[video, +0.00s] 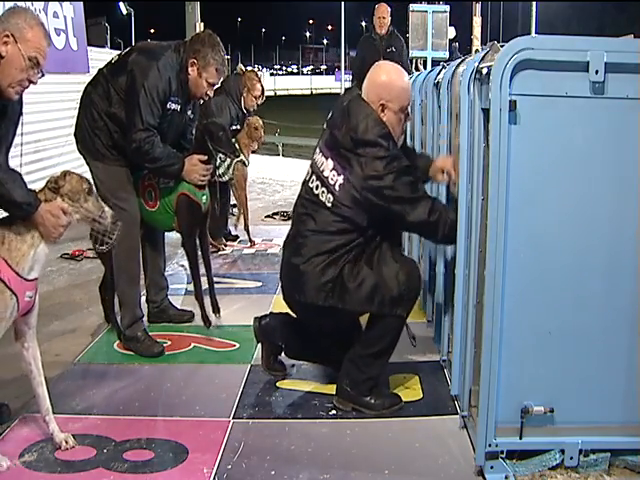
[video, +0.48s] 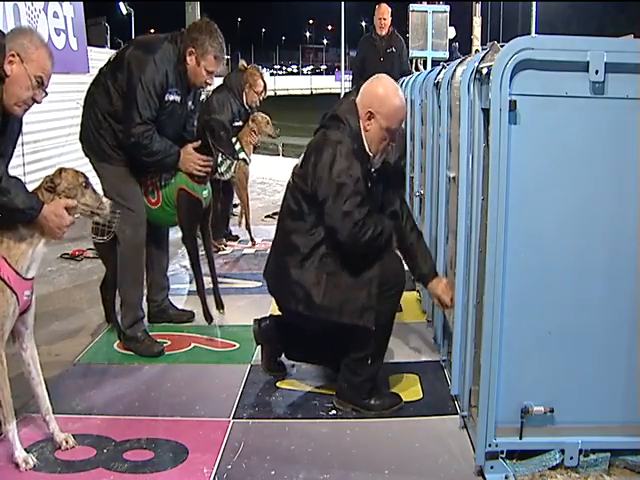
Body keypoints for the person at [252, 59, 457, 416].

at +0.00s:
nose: (407, 119)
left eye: (407, 111)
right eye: (403, 112)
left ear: (374, 105)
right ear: (382, 110)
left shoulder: (349, 124)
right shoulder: (378, 164)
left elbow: (391, 154)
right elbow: (438, 221)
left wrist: (429, 166)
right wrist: (489, 225)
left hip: (302, 267)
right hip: (324, 278)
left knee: (349, 351)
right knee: (404, 279)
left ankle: (276, 330)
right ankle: (358, 387)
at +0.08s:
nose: (405, 128)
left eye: (406, 120)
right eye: (402, 120)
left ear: (373, 109)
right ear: (380, 115)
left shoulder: (347, 128)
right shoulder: (375, 168)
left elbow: (392, 168)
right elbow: (428, 227)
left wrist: (429, 190)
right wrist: (473, 242)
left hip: (299, 270)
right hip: (320, 280)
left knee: (348, 351)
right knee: (400, 277)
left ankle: (275, 330)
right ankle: (358, 388)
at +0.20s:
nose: (401, 135)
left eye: (403, 127)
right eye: (398, 127)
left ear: (373, 115)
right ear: (376, 119)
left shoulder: (344, 137)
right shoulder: (362, 167)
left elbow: (395, 185)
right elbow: (403, 238)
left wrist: (430, 220)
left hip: (298, 276)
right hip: (313, 287)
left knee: (360, 351)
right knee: (394, 273)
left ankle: (278, 332)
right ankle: (358, 387)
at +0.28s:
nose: (399, 137)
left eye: (401, 129)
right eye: (395, 129)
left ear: (374, 116)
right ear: (374, 120)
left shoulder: (349, 135)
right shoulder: (355, 159)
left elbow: (395, 192)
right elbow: (391, 225)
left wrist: (430, 239)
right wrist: (423, 267)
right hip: (309, 281)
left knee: (358, 352)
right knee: (390, 274)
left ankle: (277, 332)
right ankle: (358, 388)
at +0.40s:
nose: (394, 138)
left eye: (397, 131)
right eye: (391, 130)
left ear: (371, 116)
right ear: (369, 118)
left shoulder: (362, 141)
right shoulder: (341, 146)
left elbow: (397, 203)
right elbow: (369, 226)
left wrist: (431, 262)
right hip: (305, 278)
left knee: (352, 350)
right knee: (389, 277)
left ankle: (276, 333)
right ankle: (358, 388)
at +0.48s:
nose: (395, 139)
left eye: (399, 131)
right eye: (390, 131)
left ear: (375, 117)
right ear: (366, 119)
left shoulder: (378, 146)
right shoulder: (336, 147)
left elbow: (397, 215)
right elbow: (353, 233)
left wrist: (431, 276)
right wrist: (388, 227)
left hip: (331, 274)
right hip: (301, 276)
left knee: (353, 349)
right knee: (387, 272)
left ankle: (276, 332)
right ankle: (358, 388)